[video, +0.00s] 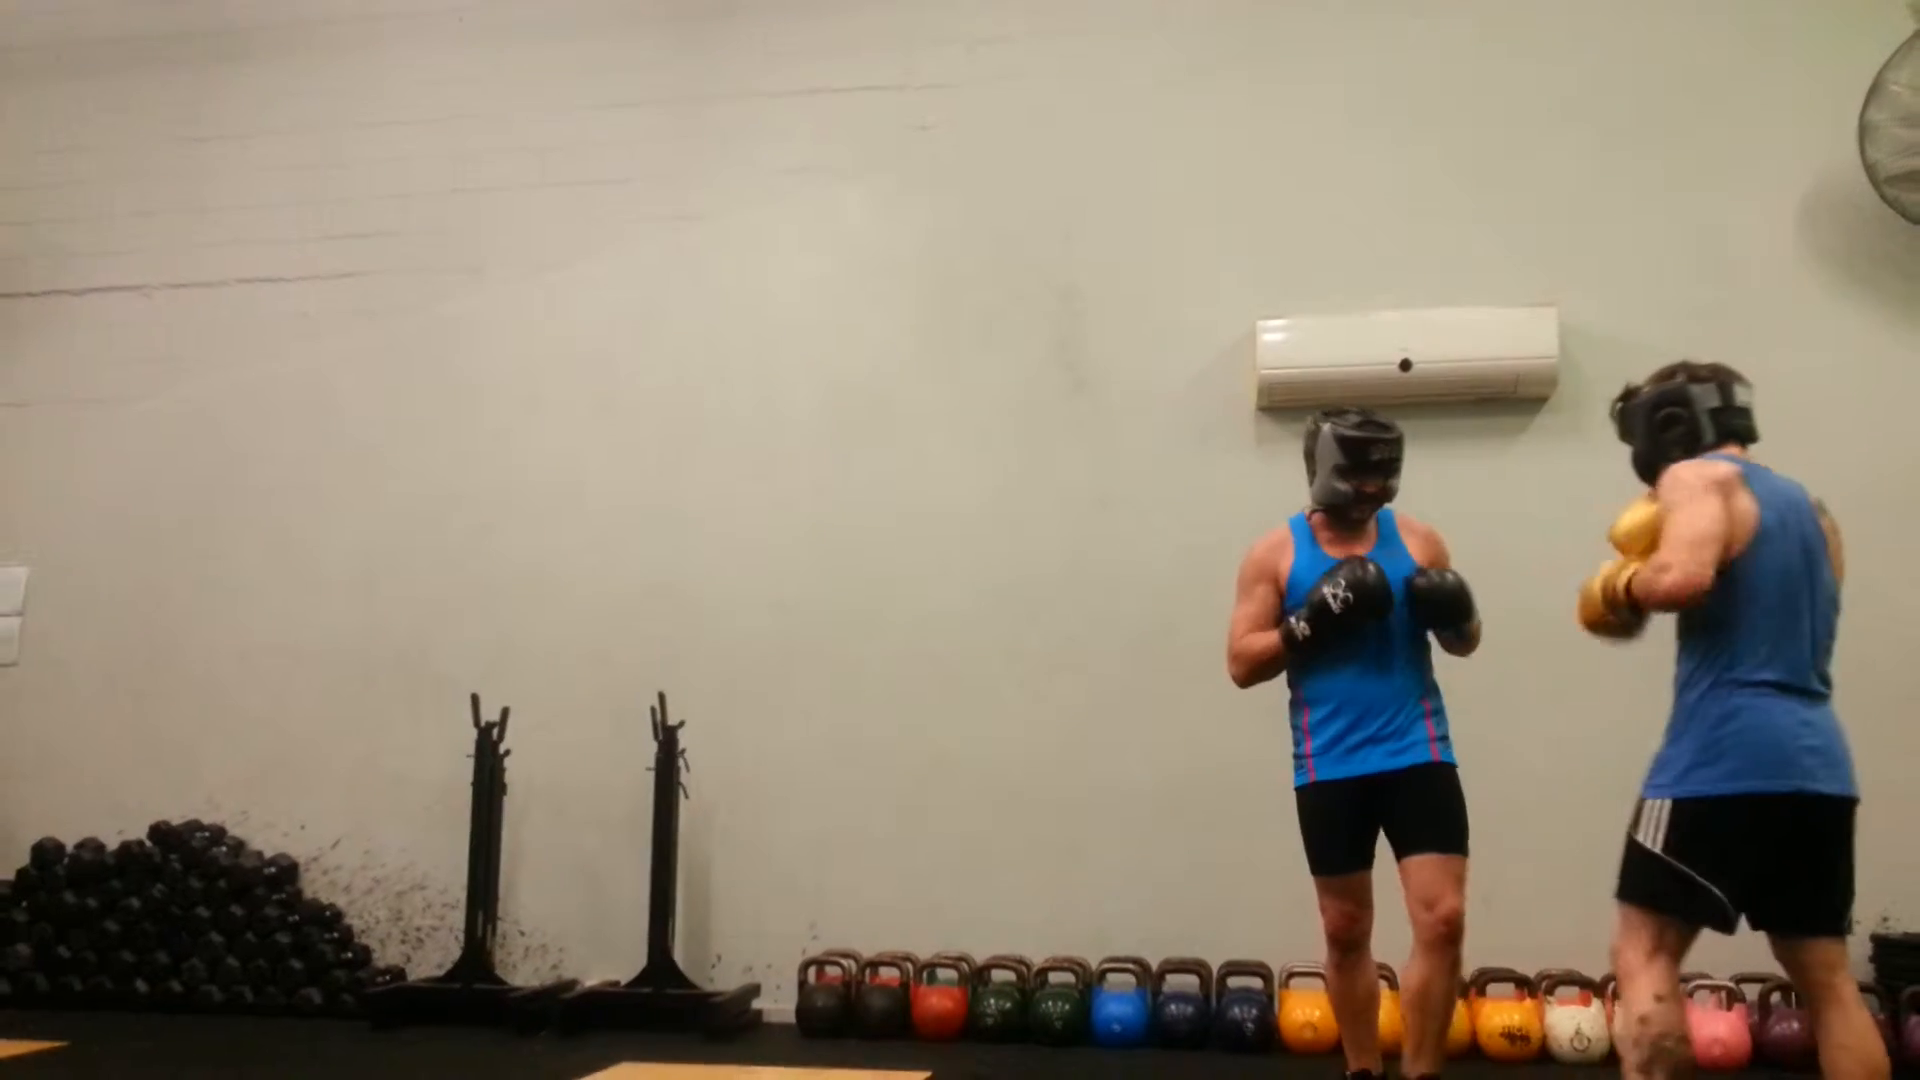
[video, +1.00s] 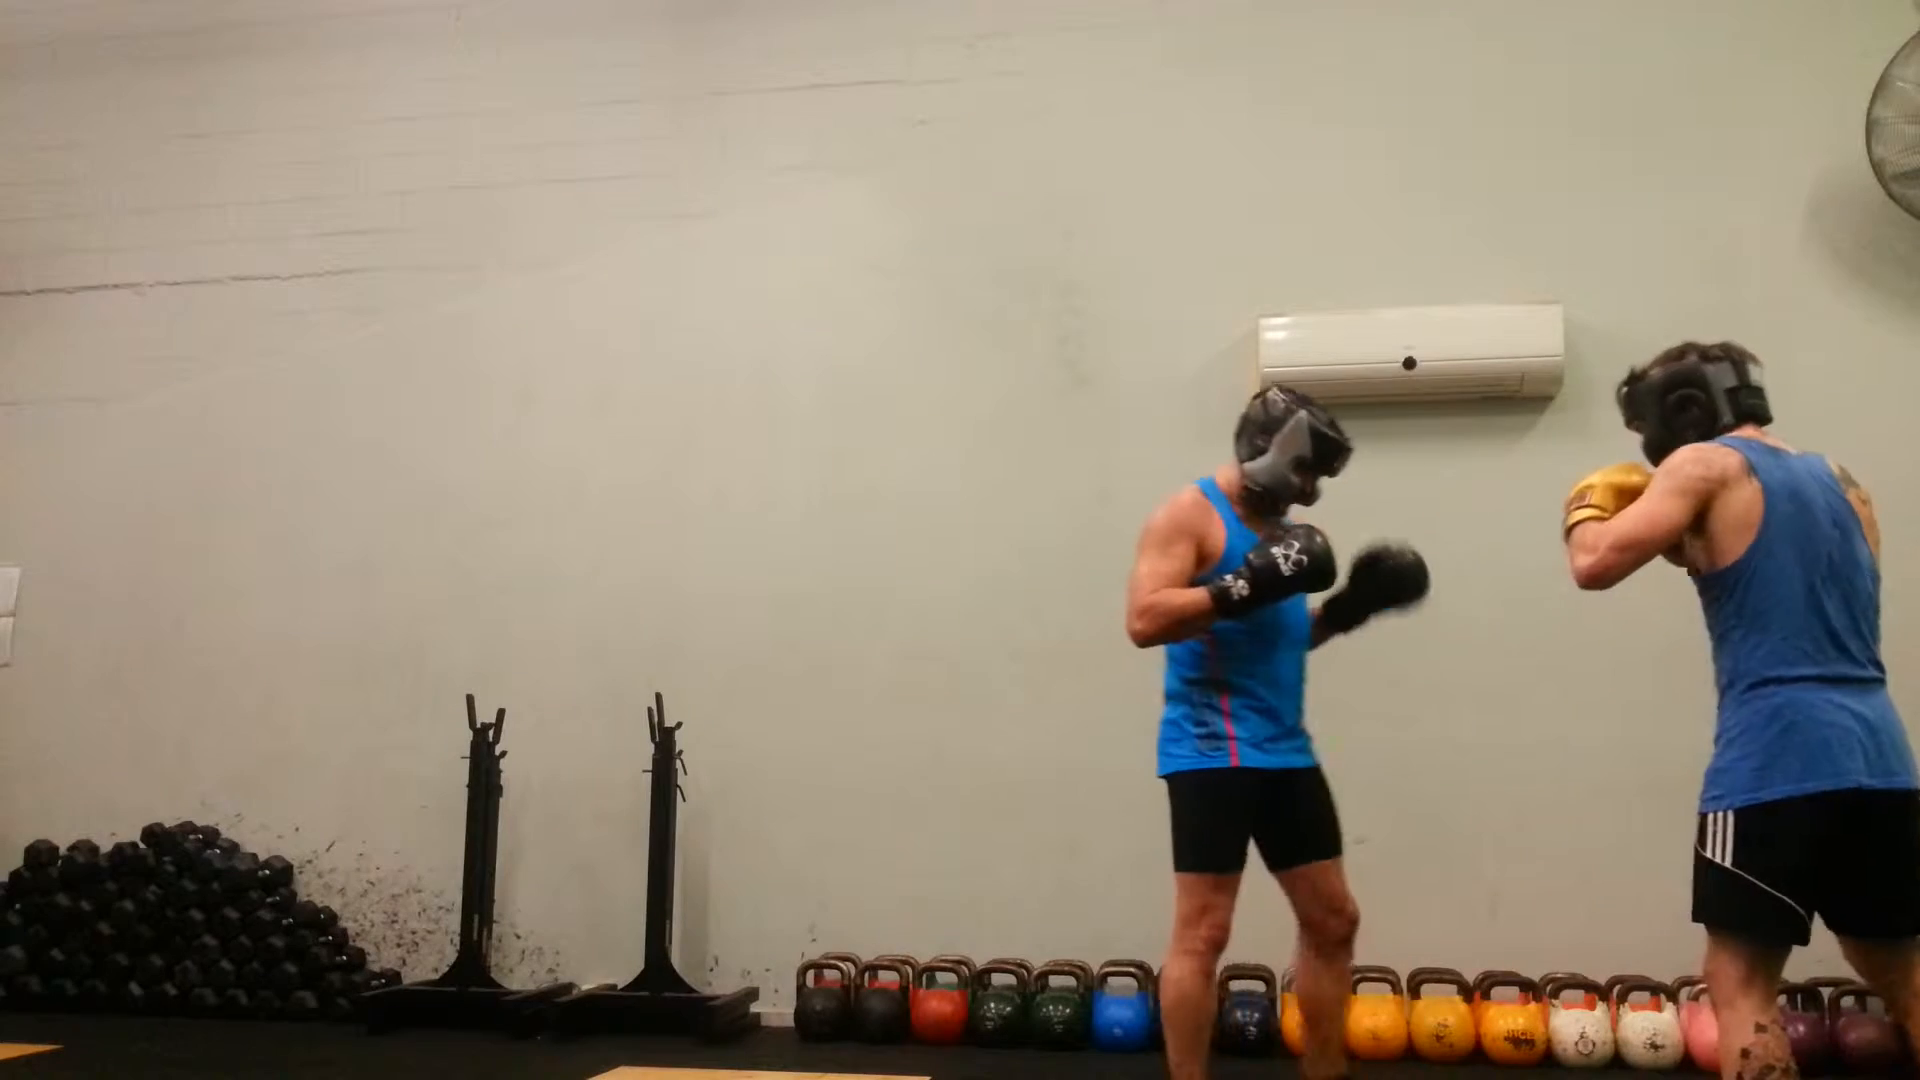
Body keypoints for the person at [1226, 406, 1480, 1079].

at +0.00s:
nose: (1366, 490)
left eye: (1379, 477)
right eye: (1353, 477)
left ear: (1392, 477)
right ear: (1321, 472)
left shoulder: (1418, 542)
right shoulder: (1274, 553)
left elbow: (1464, 646)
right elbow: (1242, 663)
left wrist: (1452, 610)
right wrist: (1313, 618)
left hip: (1419, 757)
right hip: (1330, 768)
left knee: (1443, 919)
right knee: (1344, 929)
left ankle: (1421, 1071)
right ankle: (1362, 1069)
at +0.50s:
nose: (1412, 470)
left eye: (1416, 457)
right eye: (1401, 455)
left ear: (1413, 465)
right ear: (1358, 452)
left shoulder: (1420, 531)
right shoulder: (1283, 528)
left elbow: (1501, 604)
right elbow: (1231, 635)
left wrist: (1515, 522)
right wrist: (1310, 587)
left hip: (1402, 760)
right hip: (1312, 760)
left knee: (1408, 931)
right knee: (1303, 928)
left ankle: (1410, 1077)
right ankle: (1263, 1067)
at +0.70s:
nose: (1380, 477)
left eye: (1385, 463)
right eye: (1369, 461)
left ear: (1374, 466)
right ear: (1324, 454)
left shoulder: (1379, 534)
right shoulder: (1249, 526)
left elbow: (1431, 635)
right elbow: (1204, 634)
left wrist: (1468, 571)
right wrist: (1292, 583)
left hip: (1367, 763)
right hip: (1277, 765)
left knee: (1385, 935)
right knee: (1255, 936)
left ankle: (1400, 1075)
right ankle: (1207, 1075)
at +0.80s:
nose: (1362, 480)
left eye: (1365, 466)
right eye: (1354, 464)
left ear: (1327, 464)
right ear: (1312, 457)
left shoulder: (1343, 537)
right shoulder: (1226, 523)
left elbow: (1358, 647)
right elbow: (1185, 633)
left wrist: (1414, 610)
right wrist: (1278, 586)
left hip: (1335, 760)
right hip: (1251, 762)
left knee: (1369, 940)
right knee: (1233, 937)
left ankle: (1395, 1076)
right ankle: (1199, 1076)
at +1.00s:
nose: (1312, 491)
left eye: (1318, 477)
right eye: (1305, 475)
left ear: (1280, 461)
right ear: (1268, 456)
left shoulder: (1278, 526)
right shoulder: (1187, 515)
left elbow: (1282, 636)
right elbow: (1144, 621)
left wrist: (1354, 602)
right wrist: (1252, 581)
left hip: (1284, 753)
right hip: (1209, 757)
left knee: (1332, 922)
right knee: (1201, 935)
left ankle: (1325, 1072)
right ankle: (1188, 1076)